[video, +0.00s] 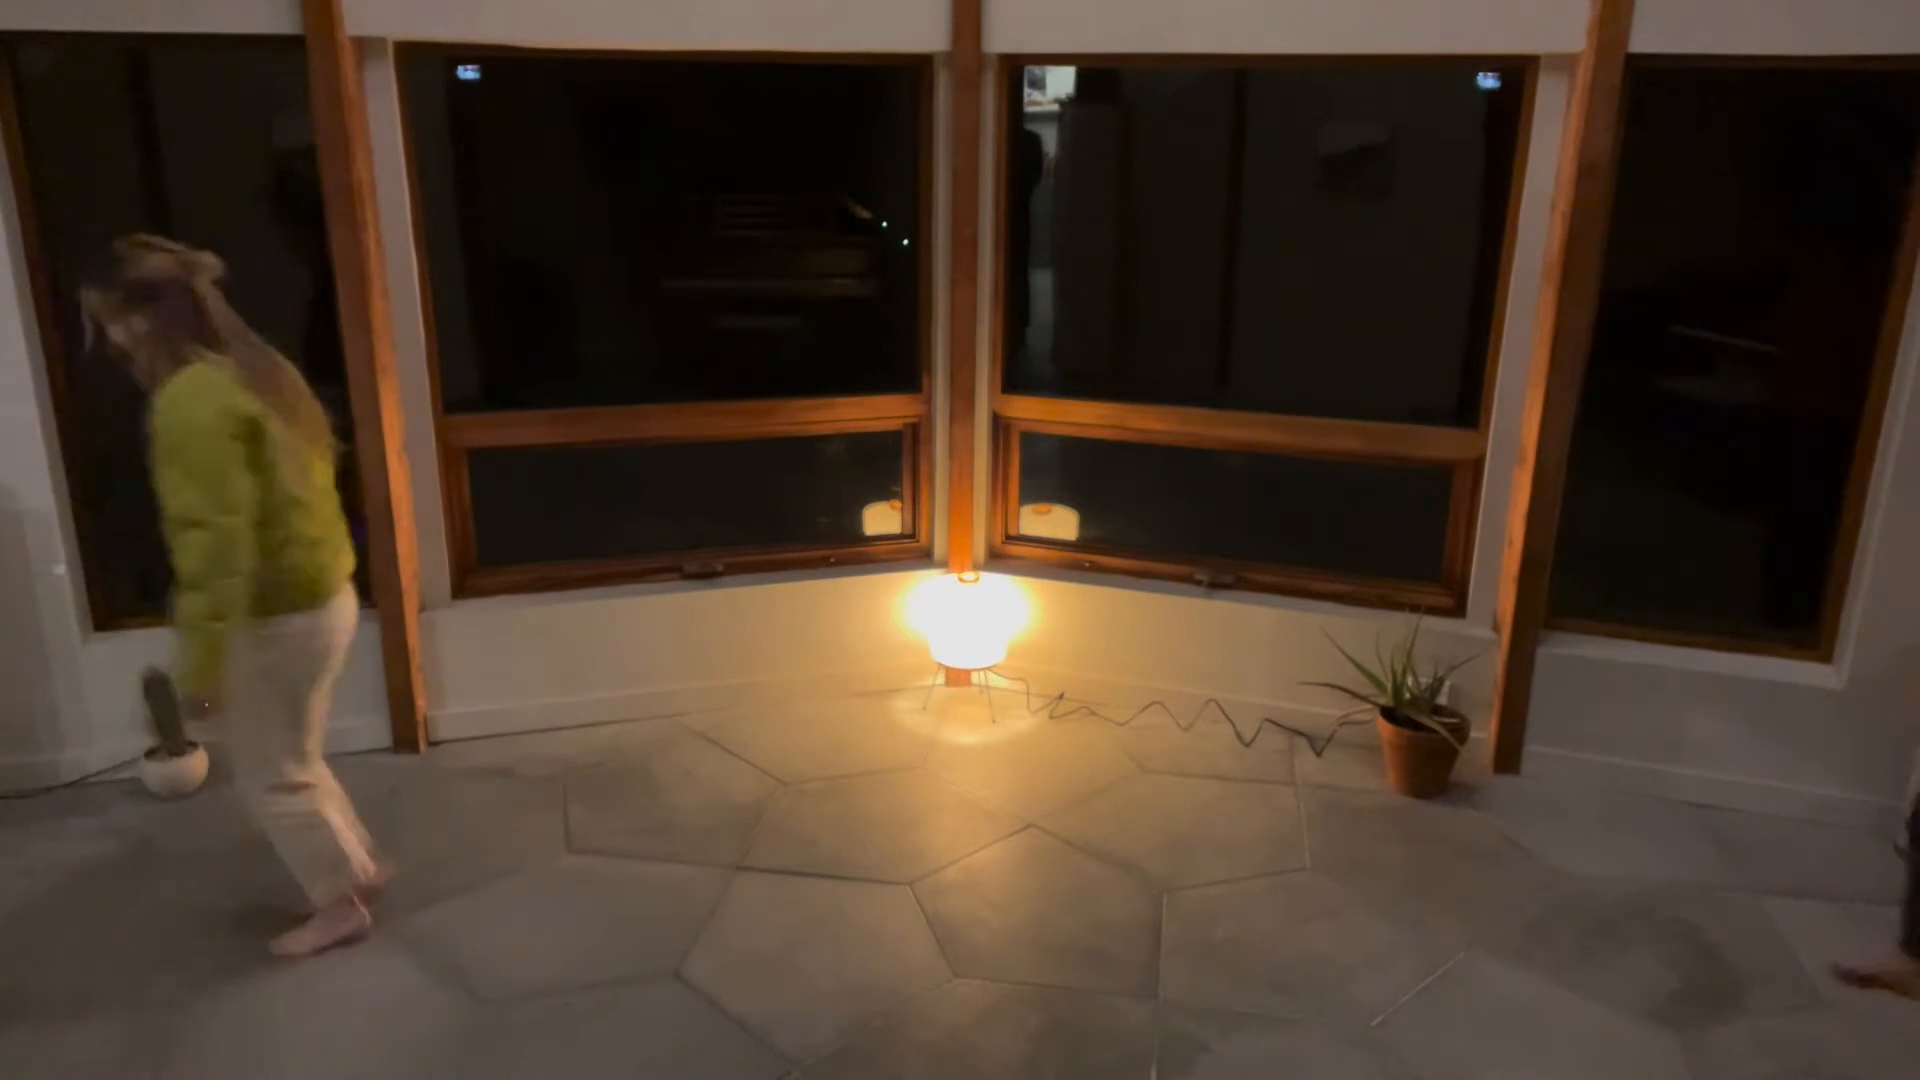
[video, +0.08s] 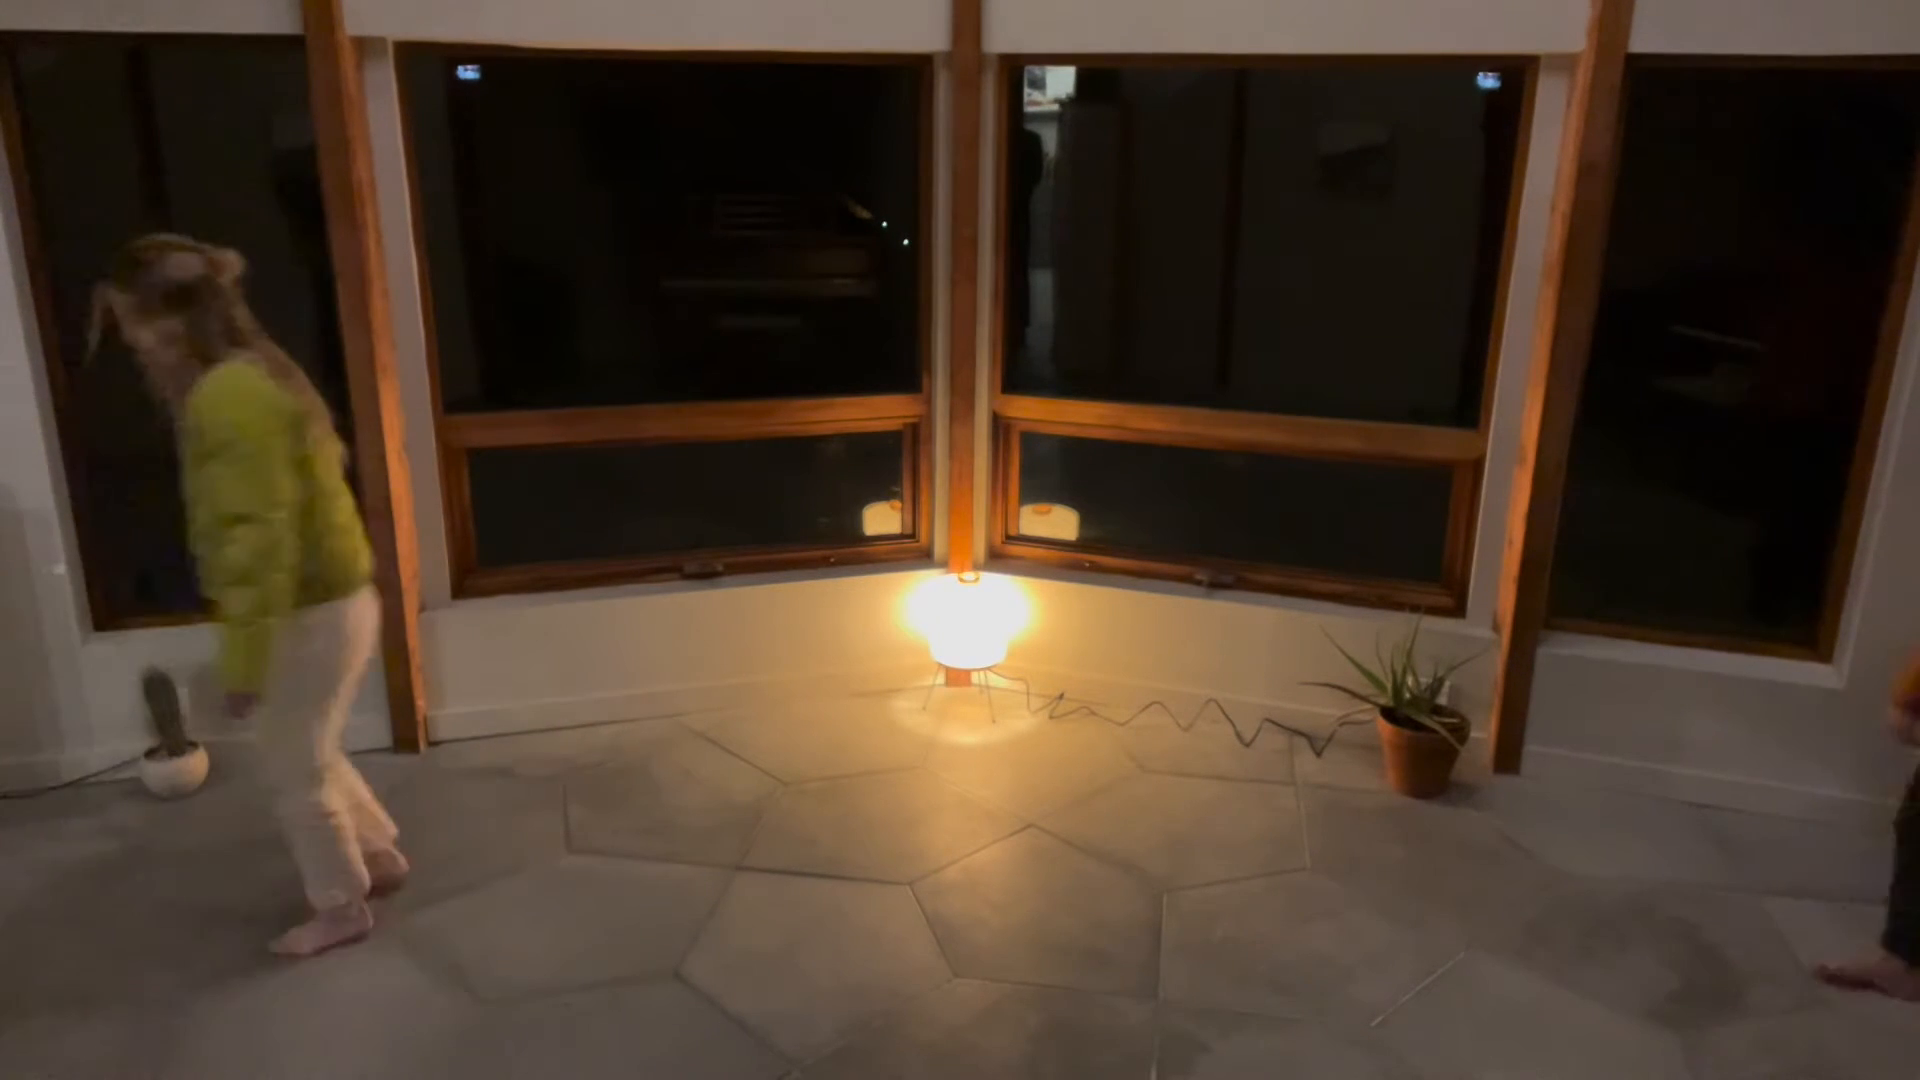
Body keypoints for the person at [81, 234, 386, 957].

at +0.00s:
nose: (111, 343)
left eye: (112, 326)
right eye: (105, 329)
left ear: (146, 318)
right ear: (181, 307)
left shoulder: (190, 400)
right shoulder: (256, 369)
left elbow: (213, 548)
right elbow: (308, 496)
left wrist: (201, 672)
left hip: (278, 616)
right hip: (324, 601)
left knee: (268, 772)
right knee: (298, 758)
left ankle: (337, 904)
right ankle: (357, 865)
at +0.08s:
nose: (143, 355)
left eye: (146, 338)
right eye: (136, 341)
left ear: (181, 323)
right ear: (204, 314)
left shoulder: (229, 392)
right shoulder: (257, 376)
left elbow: (255, 536)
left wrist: (242, 667)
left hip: (313, 611)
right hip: (338, 599)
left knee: (292, 758)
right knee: (313, 746)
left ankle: (340, 906)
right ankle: (378, 852)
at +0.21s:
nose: (193, 353)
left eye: (198, 335)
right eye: (186, 339)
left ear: (235, 327)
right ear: (206, 336)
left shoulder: (306, 389)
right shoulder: (234, 403)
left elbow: (349, 521)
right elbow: (257, 510)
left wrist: (332, 644)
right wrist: (270, 588)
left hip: (372, 598)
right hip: (308, 601)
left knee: (358, 748)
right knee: (307, 754)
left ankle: (435, 856)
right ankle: (372, 862)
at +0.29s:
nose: (247, 339)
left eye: (263, 324)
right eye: (236, 324)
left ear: (307, 320)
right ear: (221, 327)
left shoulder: (353, 390)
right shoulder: (242, 407)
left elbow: (403, 512)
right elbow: (235, 497)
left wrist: (409, 635)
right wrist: (202, 553)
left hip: (395, 600)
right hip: (315, 606)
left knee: (416, 748)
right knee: (312, 754)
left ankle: (457, 859)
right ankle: (376, 847)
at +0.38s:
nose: (284, 339)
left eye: (301, 323)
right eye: (269, 324)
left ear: (339, 319)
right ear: (248, 326)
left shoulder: (379, 389)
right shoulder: (252, 403)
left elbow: (436, 501)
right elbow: (227, 495)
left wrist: (452, 614)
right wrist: (184, 556)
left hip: (409, 600)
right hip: (326, 609)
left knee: (422, 741)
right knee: (333, 762)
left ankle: (452, 861)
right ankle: (400, 848)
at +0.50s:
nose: (353, 333)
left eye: (369, 317)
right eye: (337, 315)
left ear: (391, 317)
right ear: (308, 314)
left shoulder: (426, 387)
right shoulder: (263, 390)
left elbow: (489, 484)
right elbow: (215, 493)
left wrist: (534, 584)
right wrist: (162, 579)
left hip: (439, 597)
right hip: (342, 609)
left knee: (469, 743)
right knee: (371, 756)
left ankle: (476, 855)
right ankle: (417, 841)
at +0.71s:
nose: (447, 329)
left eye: (456, 314)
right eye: (434, 312)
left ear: (463, 312)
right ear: (389, 303)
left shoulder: (464, 373)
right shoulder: (311, 386)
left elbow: (523, 465)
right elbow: (249, 504)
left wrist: (585, 543)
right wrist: (193, 619)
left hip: (464, 594)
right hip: (373, 610)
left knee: (494, 742)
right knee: (423, 748)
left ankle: (483, 856)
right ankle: (407, 880)